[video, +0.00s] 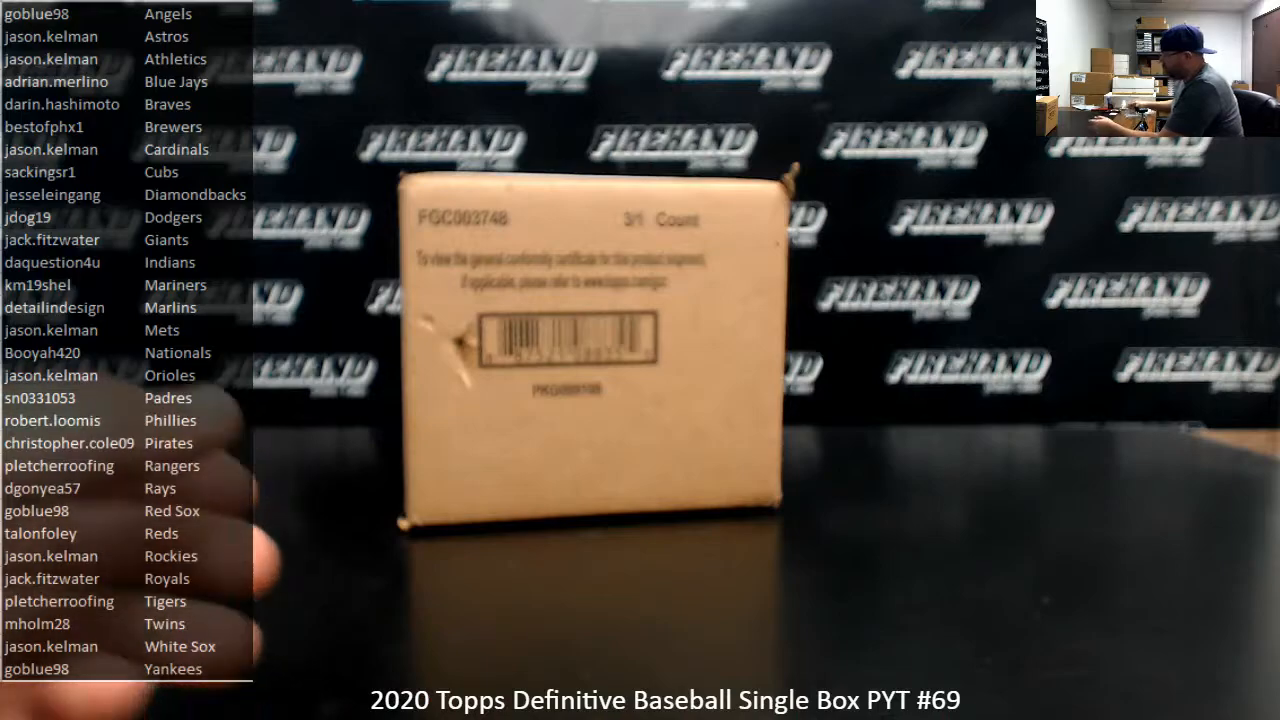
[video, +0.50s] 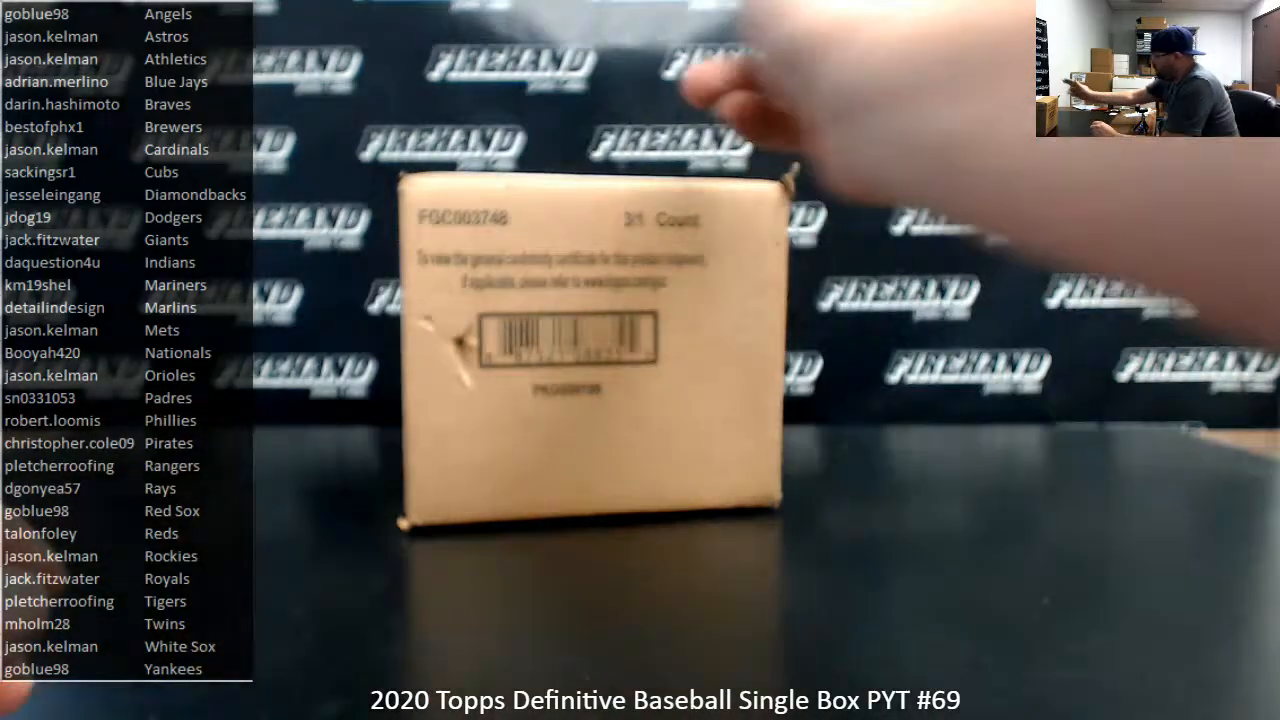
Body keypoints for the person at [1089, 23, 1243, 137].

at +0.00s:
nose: (1161, 61)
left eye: (1165, 55)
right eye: (1161, 55)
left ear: (1186, 57)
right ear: (1189, 57)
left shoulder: (1203, 88)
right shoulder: (1199, 79)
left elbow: (1164, 142)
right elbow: (1180, 106)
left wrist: (1113, 129)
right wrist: (1147, 105)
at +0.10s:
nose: (1162, 61)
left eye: (1166, 55)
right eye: (1163, 55)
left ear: (1188, 57)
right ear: (1189, 57)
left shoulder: (1204, 88)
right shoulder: (1194, 79)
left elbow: (1165, 142)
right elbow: (1176, 107)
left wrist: (1112, 130)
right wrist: (1139, 101)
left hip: (1218, 166)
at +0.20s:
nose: (1162, 61)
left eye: (1166, 55)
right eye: (1163, 55)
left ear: (1187, 57)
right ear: (1188, 57)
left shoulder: (1203, 87)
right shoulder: (1188, 77)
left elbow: (1164, 143)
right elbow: (1165, 104)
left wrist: (1110, 133)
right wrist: (1128, 98)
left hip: (1218, 164)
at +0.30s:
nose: (1161, 61)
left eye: (1165, 55)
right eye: (1162, 55)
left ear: (1186, 57)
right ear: (1187, 57)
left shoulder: (1204, 86)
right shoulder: (1185, 78)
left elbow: (1166, 144)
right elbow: (1156, 101)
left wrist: (1112, 136)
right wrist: (1117, 98)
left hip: (1219, 163)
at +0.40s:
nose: (1156, 62)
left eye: (1161, 56)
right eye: (1157, 56)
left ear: (1182, 56)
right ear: (1181, 57)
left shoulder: (1200, 86)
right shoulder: (1178, 79)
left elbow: (1166, 146)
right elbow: (1138, 98)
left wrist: (1113, 135)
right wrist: (1100, 96)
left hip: (1218, 163)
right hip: (1196, 157)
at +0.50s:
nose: (1152, 63)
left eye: (1156, 57)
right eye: (1152, 57)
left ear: (1176, 56)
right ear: (1176, 57)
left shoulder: (1198, 84)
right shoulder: (1173, 79)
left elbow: (1171, 145)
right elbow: (1135, 98)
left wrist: (1116, 136)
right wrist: (1092, 96)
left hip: (1215, 159)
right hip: (1191, 154)